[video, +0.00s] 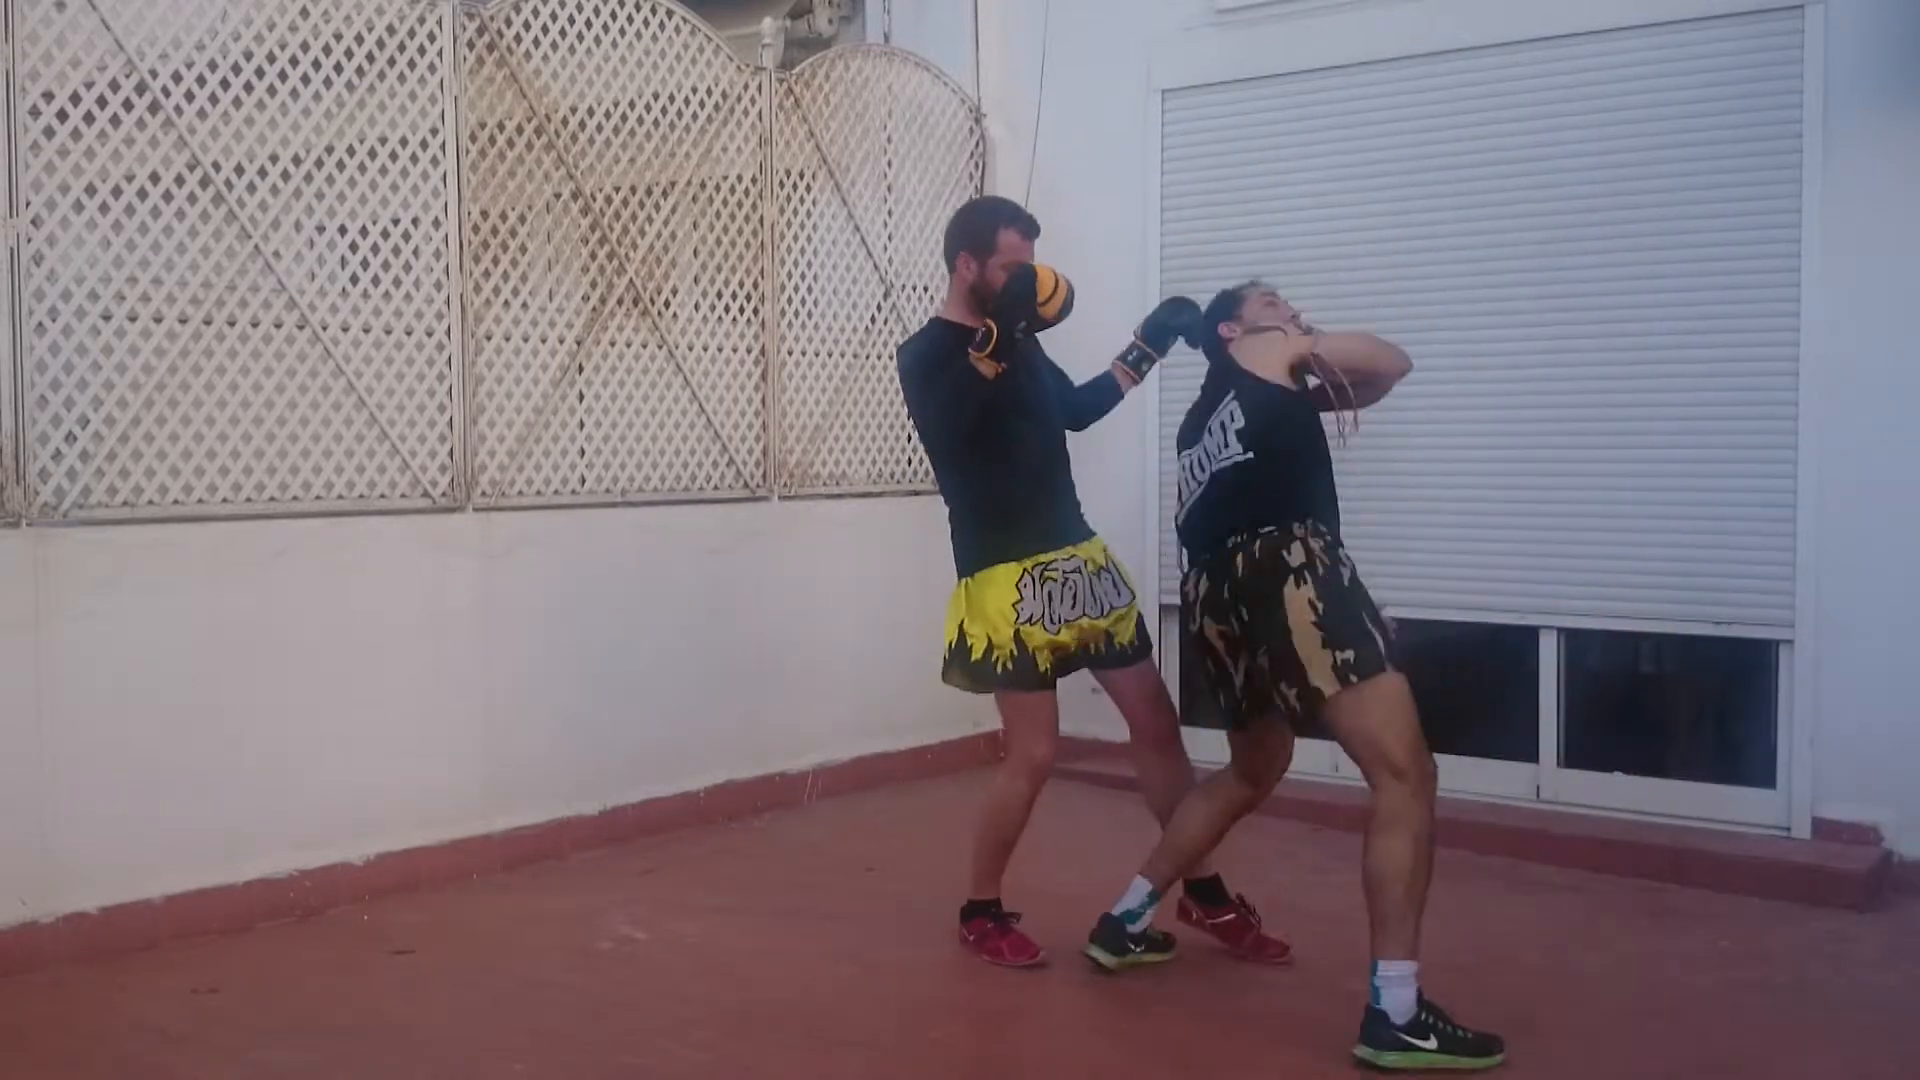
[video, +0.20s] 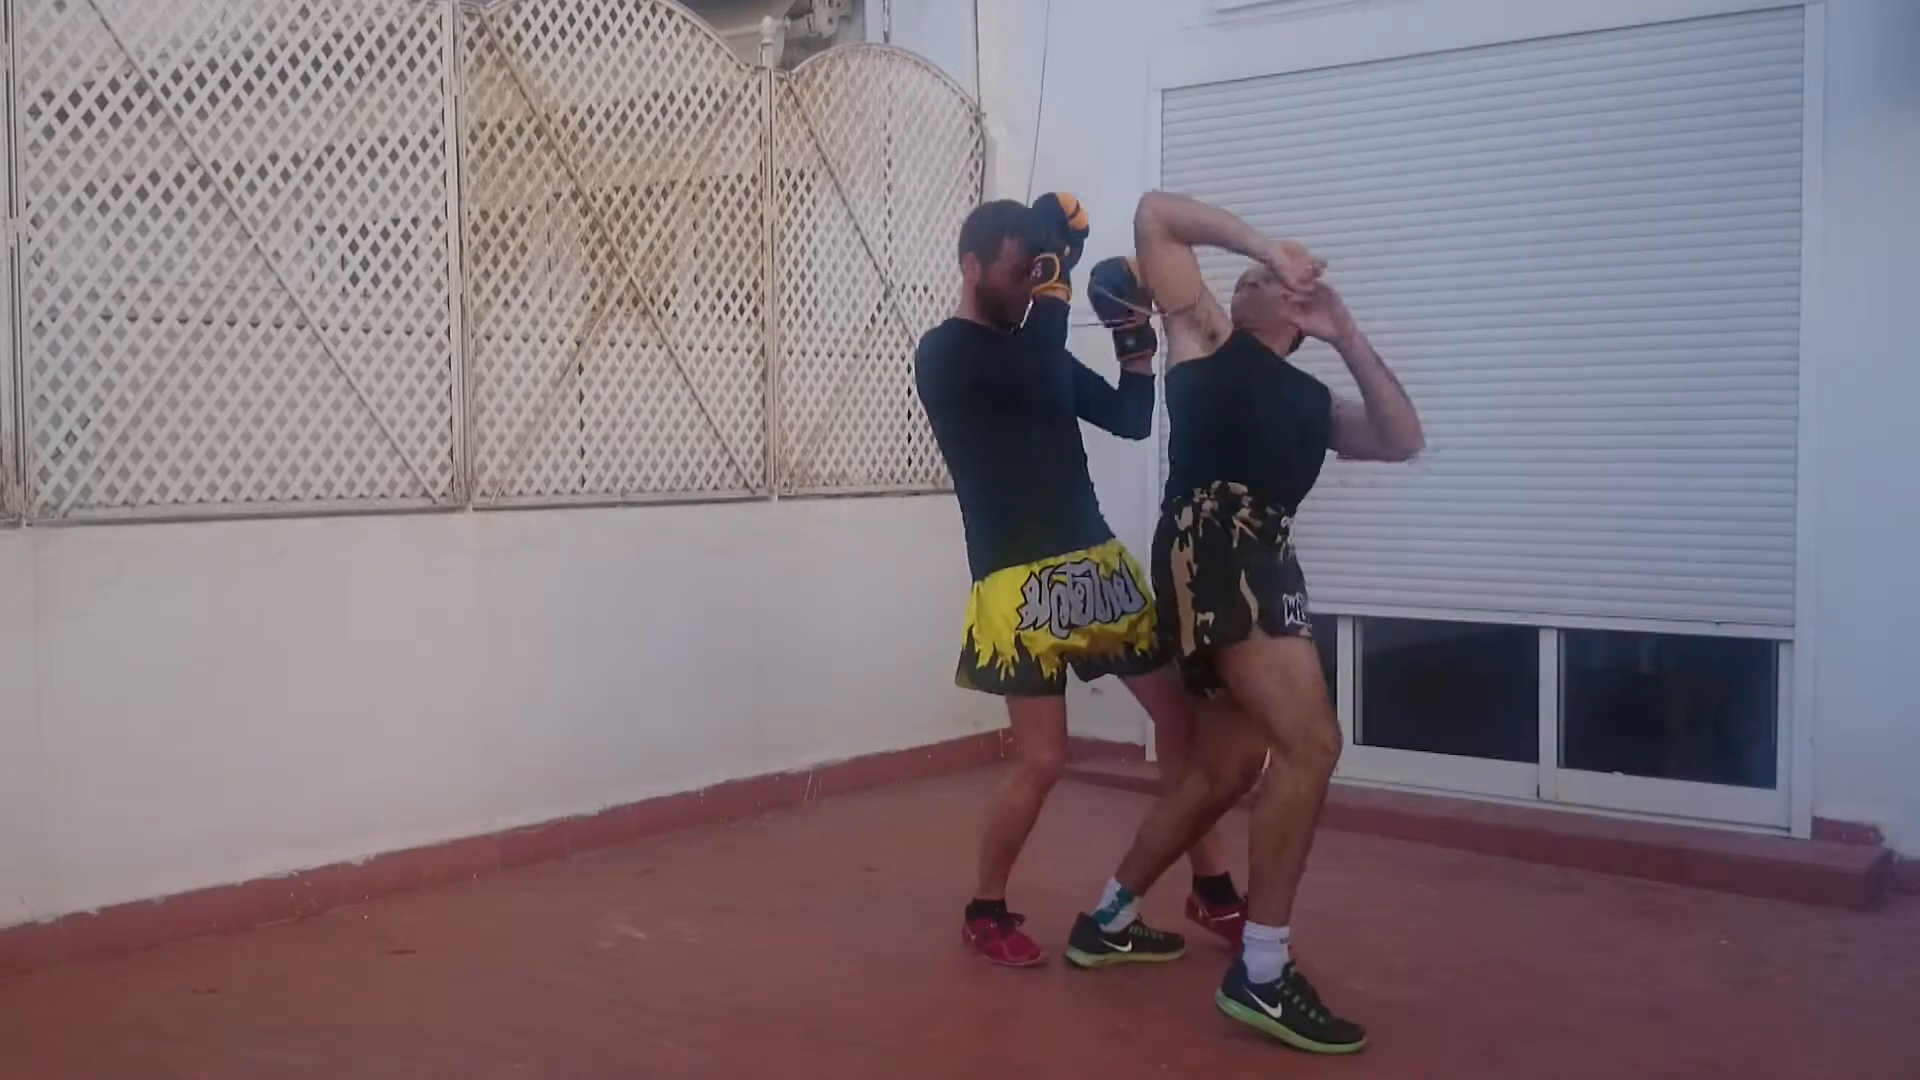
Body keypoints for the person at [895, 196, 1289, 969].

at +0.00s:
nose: (1026, 282)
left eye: (1030, 269)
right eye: (1015, 269)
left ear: (1018, 268)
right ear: (966, 265)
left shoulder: (1014, 338)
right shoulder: (927, 352)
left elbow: (1075, 410)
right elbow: (949, 432)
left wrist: (1146, 347)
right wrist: (1003, 343)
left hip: (1079, 554)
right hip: (1004, 572)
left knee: (1154, 717)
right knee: (1031, 753)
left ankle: (1203, 890)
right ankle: (982, 911)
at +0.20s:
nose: (1038, 280)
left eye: (1041, 267)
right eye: (1022, 266)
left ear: (1034, 272)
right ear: (972, 267)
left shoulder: (1038, 350)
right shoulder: (944, 350)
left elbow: (1129, 418)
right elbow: (1028, 375)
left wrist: (1136, 348)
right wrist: (1054, 289)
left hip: (1095, 556)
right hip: (1016, 571)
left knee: (1179, 716)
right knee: (1041, 756)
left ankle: (1211, 884)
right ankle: (986, 908)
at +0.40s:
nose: (1048, 285)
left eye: (1052, 273)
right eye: (1036, 270)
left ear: (1040, 274)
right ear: (988, 267)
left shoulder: (1044, 361)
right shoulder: (958, 347)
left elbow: (1125, 437)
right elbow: (1075, 340)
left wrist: (1118, 350)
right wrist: (1082, 268)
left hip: (1103, 562)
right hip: (1032, 575)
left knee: (1203, 712)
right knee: (1056, 760)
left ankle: (1217, 878)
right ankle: (986, 908)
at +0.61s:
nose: (1053, 285)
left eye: (1056, 273)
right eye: (1041, 271)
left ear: (1041, 270)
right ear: (990, 269)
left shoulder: (1041, 358)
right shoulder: (960, 344)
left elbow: (1113, 445)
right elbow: (1080, 340)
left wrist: (1125, 357)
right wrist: (1083, 263)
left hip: (1098, 560)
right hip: (1028, 574)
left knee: (1182, 719)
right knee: (1057, 759)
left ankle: (1218, 888)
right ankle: (986, 908)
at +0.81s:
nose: (1038, 276)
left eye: (1042, 262)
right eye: (1025, 260)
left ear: (1029, 262)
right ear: (976, 255)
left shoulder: (1019, 343)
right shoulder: (945, 335)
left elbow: (1076, 434)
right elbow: (1026, 359)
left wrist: (1105, 361)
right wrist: (1070, 272)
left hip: (1062, 547)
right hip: (1001, 562)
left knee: (1118, 720)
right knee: (1038, 745)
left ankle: (1161, 881)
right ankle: (984, 908)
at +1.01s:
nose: (1026, 253)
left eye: (1030, 240)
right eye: (1012, 239)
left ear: (1022, 244)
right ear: (965, 241)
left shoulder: (1010, 330)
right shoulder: (933, 329)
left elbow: (1034, 437)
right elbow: (924, 448)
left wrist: (1095, 395)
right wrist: (1005, 416)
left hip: (1032, 541)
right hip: (978, 551)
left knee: (1056, 711)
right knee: (1009, 727)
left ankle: (983, 847)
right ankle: (982, 904)